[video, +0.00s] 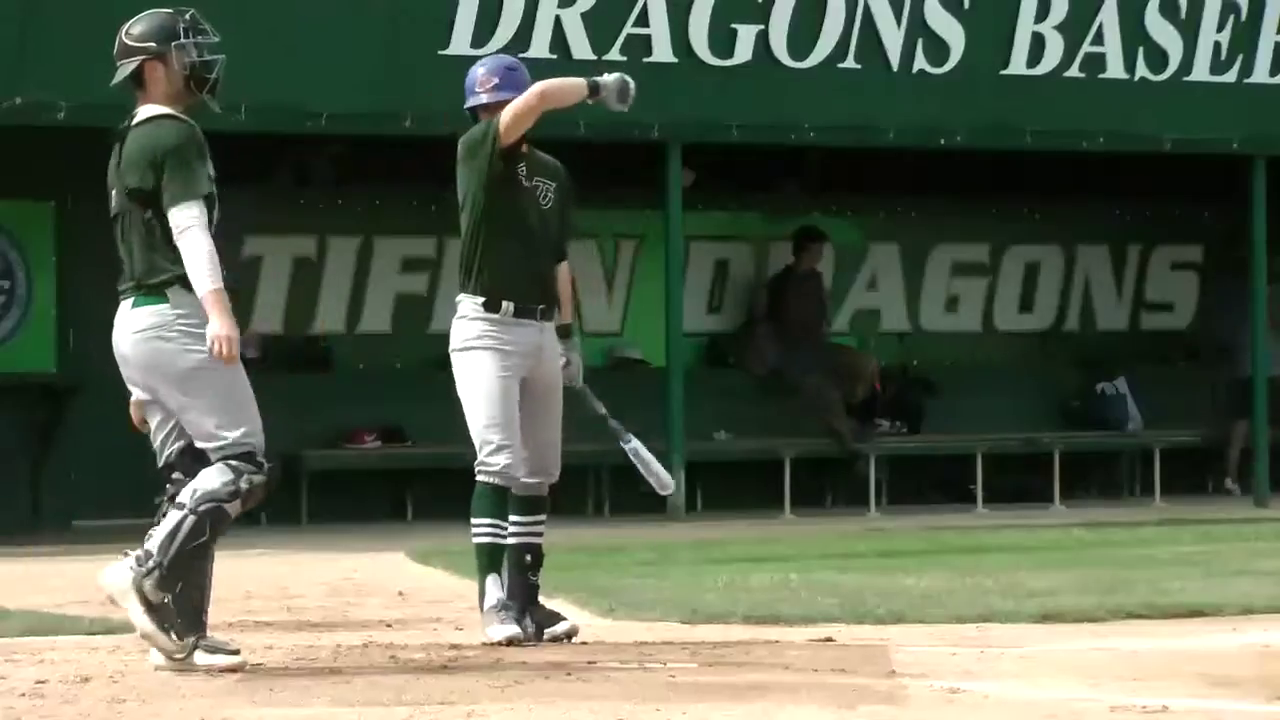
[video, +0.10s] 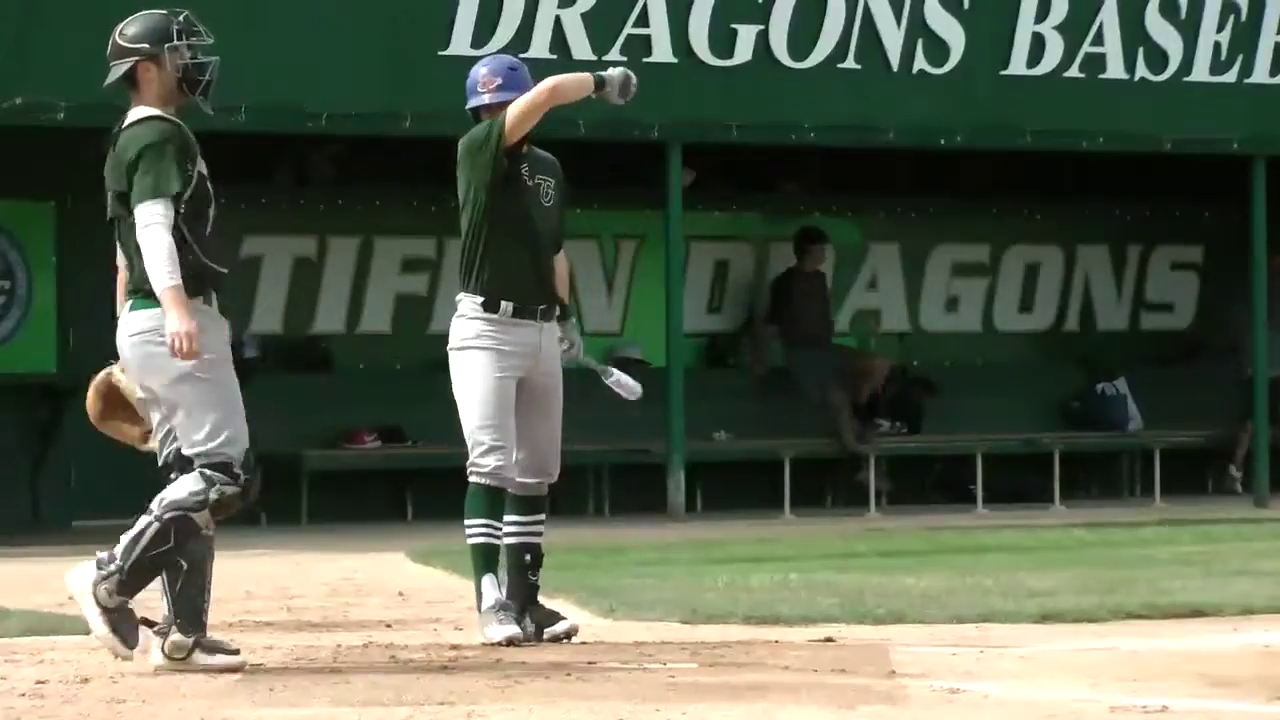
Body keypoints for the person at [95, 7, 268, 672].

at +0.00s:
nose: (200, 62)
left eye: (196, 52)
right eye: (187, 52)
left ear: (149, 70)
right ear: (154, 64)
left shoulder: (131, 142)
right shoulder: (174, 132)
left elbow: (139, 258)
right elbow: (189, 229)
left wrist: (143, 378)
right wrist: (220, 312)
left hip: (137, 322)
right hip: (174, 319)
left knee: (191, 477)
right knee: (243, 464)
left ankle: (183, 633)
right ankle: (145, 573)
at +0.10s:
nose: (194, 66)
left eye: (191, 55)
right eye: (182, 56)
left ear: (141, 69)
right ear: (151, 65)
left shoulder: (131, 137)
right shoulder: (158, 132)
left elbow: (125, 255)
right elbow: (153, 227)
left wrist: (127, 350)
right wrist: (179, 310)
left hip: (148, 325)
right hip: (183, 322)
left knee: (187, 474)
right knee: (226, 472)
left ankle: (183, 630)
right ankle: (110, 581)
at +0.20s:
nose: (185, 64)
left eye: (181, 54)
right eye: (172, 56)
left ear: (139, 70)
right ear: (138, 67)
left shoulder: (148, 135)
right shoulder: (139, 135)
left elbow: (111, 247)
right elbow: (123, 237)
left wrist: (101, 344)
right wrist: (141, 322)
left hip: (174, 322)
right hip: (170, 325)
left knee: (200, 484)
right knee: (195, 483)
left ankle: (183, 634)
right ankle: (74, 582)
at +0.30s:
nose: (170, 67)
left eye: (166, 57)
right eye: (157, 57)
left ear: (127, 70)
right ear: (125, 68)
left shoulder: (147, 141)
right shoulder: (118, 141)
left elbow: (103, 257)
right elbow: (106, 240)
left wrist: (89, 344)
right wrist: (116, 332)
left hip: (188, 329)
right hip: (152, 328)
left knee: (198, 485)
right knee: (161, 489)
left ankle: (183, 636)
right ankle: (53, 598)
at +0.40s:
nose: (149, 65)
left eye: (147, 56)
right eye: (135, 57)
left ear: (119, 72)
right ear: (101, 71)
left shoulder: (137, 144)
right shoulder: (95, 146)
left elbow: (135, 258)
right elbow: (84, 250)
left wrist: (85, 351)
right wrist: (104, 336)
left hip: (177, 331)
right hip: (133, 331)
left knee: (185, 491)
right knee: (124, 494)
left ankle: (182, 638)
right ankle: (30, 613)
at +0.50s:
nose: (131, 75)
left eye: (129, 65)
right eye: (118, 65)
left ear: (107, 74)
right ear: (82, 74)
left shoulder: (120, 143)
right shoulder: (67, 152)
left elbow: (121, 240)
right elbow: (59, 256)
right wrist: (116, 327)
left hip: (156, 331)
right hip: (102, 334)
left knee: (169, 488)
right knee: (91, 493)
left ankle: (182, 637)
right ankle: (11, 624)